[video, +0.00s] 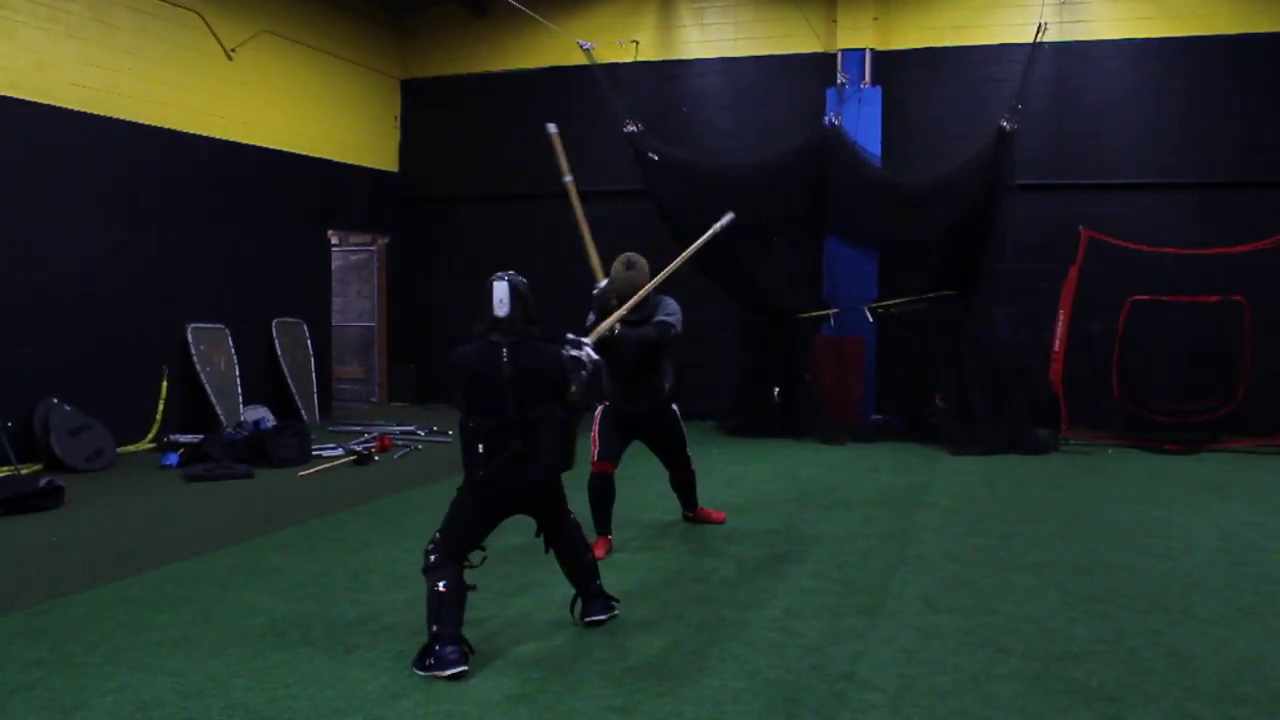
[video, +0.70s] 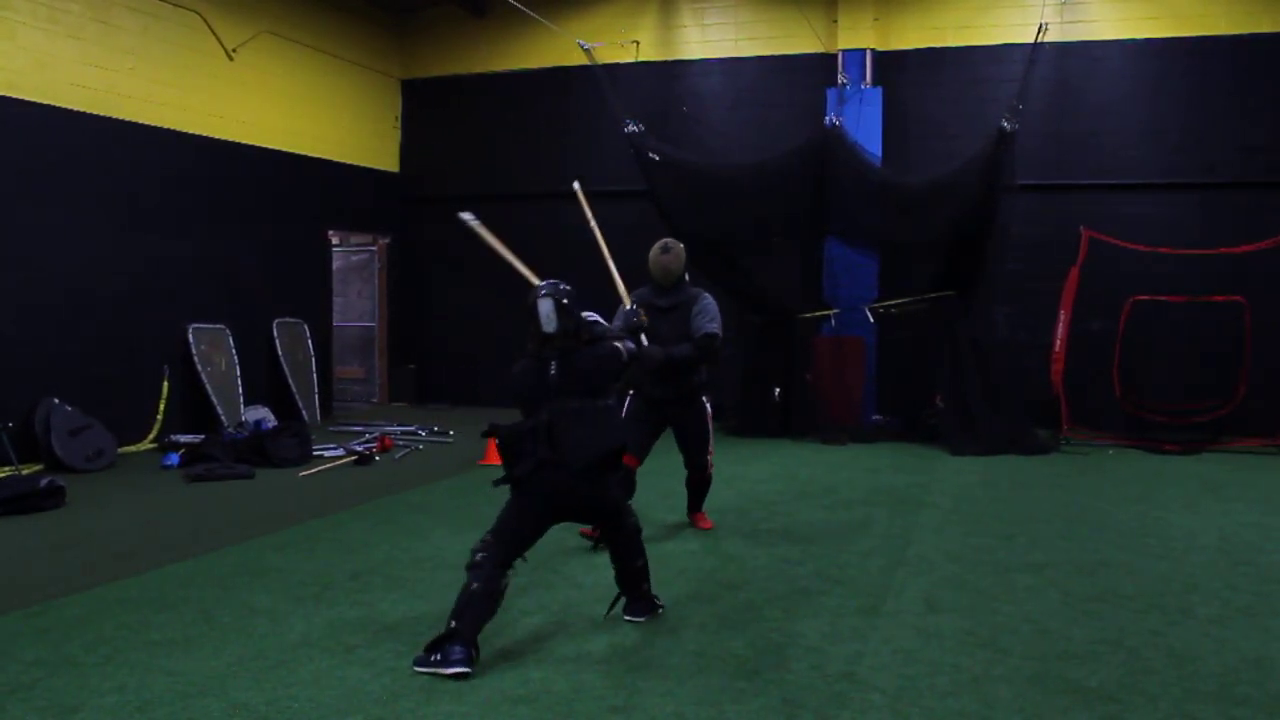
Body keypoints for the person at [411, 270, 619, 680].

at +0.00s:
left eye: (493, 306)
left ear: (485, 312)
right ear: (529, 310)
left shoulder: (467, 359)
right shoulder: (548, 356)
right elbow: (567, 410)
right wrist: (587, 367)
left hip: (489, 481)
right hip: (542, 476)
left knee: (444, 553)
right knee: (561, 526)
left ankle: (446, 645)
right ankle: (595, 599)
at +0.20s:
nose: (488, 316)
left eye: (484, 310)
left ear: (478, 316)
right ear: (522, 315)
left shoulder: (460, 364)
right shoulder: (543, 359)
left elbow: (419, 389)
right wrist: (581, 352)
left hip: (480, 489)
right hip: (533, 485)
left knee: (428, 555)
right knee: (557, 533)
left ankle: (444, 648)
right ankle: (580, 612)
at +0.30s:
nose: (487, 318)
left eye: (480, 311)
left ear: (473, 317)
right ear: (519, 315)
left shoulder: (463, 366)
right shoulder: (539, 363)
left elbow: (423, 405)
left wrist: (433, 388)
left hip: (485, 492)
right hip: (538, 488)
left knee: (431, 553)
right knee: (559, 532)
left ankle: (445, 649)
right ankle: (582, 609)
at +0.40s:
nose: (486, 320)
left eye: (479, 314)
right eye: (496, 311)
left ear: (474, 321)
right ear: (520, 318)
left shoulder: (464, 371)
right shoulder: (543, 364)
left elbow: (437, 418)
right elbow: (556, 421)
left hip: (491, 495)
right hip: (546, 489)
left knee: (435, 554)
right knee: (573, 529)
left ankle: (447, 647)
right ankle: (600, 603)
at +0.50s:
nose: (505, 320)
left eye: (498, 312)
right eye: (508, 310)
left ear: (484, 321)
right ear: (530, 318)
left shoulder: (475, 371)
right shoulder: (556, 362)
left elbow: (473, 417)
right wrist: (602, 343)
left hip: (498, 494)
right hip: (554, 490)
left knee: (437, 553)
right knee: (585, 535)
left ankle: (448, 649)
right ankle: (623, 593)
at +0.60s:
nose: (525, 328)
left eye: (521, 322)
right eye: (534, 320)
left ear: (510, 330)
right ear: (554, 324)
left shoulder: (500, 370)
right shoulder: (579, 361)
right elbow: (602, 346)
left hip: (514, 495)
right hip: (570, 491)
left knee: (454, 555)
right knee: (600, 537)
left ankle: (450, 649)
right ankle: (635, 599)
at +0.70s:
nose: (549, 321)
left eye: (548, 314)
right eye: (551, 312)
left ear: (535, 323)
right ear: (578, 321)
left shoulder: (525, 365)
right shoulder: (606, 357)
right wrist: (628, 329)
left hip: (541, 484)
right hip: (597, 479)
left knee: (492, 553)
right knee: (622, 526)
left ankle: (458, 641)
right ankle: (639, 599)